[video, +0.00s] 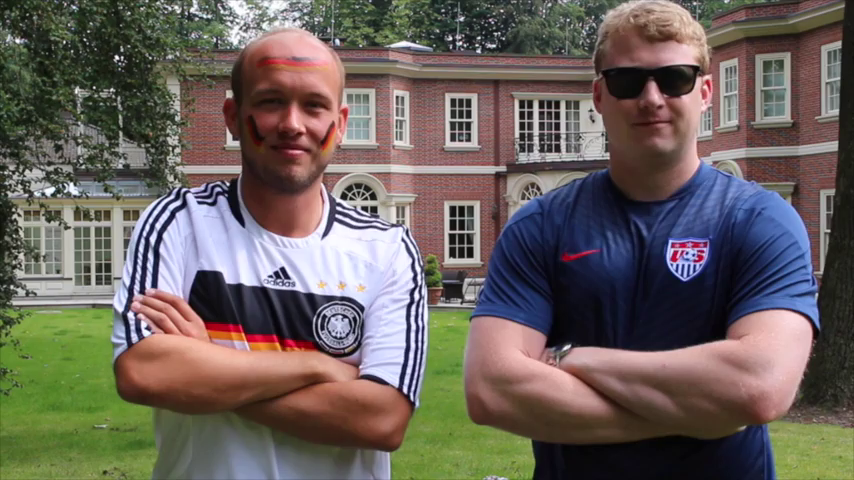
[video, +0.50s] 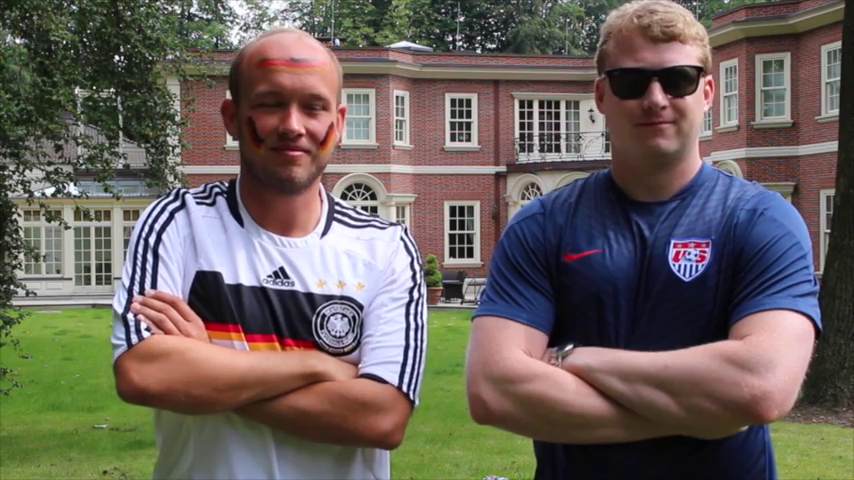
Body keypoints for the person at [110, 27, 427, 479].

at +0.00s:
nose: (293, 125)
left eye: (315, 105)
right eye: (271, 102)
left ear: (339, 124)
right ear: (233, 117)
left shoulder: (388, 249)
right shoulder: (175, 220)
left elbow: (384, 422)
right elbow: (139, 373)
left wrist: (211, 372)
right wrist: (318, 366)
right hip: (200, 473)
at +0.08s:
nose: (293, 125)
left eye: (314, 106)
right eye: (271, 102)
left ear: (339, 124)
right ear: (233, 117)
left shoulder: (387, 249)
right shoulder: (175, 221)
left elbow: (384, 421)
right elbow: (139, 373)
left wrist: (210, 371)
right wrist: (318, 365)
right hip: (200, 473)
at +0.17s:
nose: (292, 125)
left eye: (314, 106)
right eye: (271, 103)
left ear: (339, 124)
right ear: (233, 117)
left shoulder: (387, 249)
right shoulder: (175, 221)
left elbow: (384, 421)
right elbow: (138, 373)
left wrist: (210, 371)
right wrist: (317, 365)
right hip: (200, 473)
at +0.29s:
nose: (292, 125)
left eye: (313, 106)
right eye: (270, 103)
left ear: (338, 124)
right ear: (232, 118)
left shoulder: (387, 248)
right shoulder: (174, 221)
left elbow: (384, 421)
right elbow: (139, 373)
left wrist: (210, 371)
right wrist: (318, 365)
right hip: (201, 473)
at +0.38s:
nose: (291, 126)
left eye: (313, 106)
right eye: (269, 104)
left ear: (338, 124)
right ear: (232, 118)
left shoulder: (387, 248)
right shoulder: (174, 221)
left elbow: (385, 421)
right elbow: (139, 373)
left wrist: (211, 372)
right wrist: (318, 365)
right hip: (201, 473)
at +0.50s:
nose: (293, 126)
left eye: (314, 107)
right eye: (271, 104)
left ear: (338, 124)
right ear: (232, 118)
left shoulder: (387, 249)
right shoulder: (174, 221)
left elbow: (384, 421)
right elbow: (138, 374)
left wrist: (211, 372)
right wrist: (318, 365)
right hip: (201, 473)